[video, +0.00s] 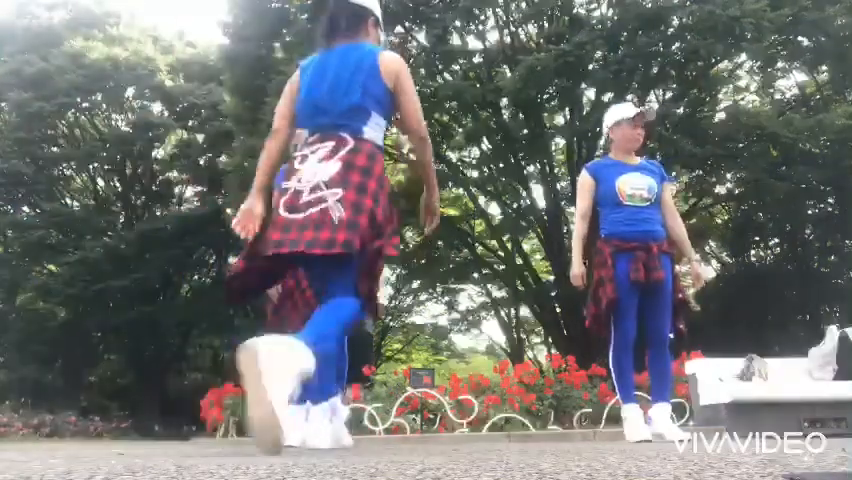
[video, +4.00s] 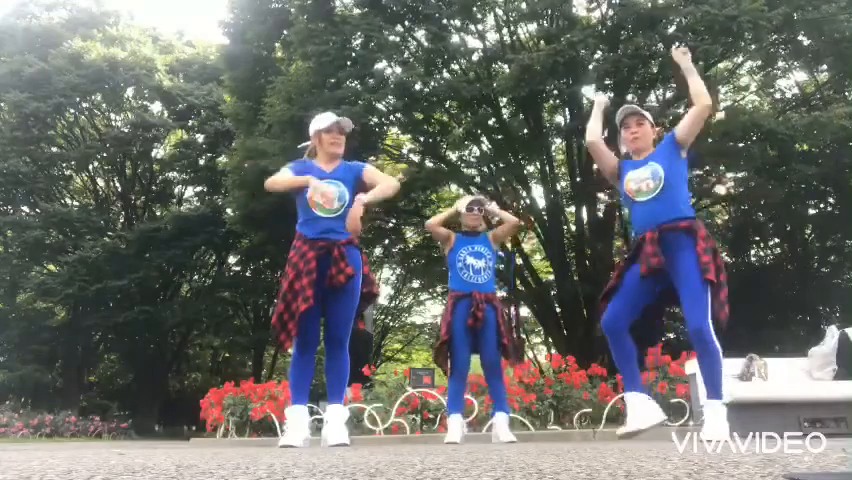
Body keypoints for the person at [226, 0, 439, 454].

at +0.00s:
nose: (381, 37)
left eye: (379, 30)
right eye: (379, 29)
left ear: (327, 30)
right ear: (368, 26)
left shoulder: (302, 71)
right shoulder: (388, 62)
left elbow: (279, 133)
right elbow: (417, 134)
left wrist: (256, 194)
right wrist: (430, 191)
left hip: (298, 189)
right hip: (352, 186)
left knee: (328, 302)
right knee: (351, 298)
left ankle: (325, 419)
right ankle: (289, 356)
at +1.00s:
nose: (484, 170)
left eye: (489, 164)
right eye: (477, 164)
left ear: (496, 170)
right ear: (466, 170)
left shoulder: (502, 207)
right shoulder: (457, 198)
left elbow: (505, 249)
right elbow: (426, 227)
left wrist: (505, 283)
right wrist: (443, 265)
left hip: (495, 281)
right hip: (465, 281)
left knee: (503, 344)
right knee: (468, 348)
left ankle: (493, 419)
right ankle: (448, 412)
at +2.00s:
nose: (481, 209)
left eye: (485, 205)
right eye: (476, 205)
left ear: (493, 210)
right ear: (469, 210)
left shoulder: (499, 242)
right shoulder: (456, 234)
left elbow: (506, 277)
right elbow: (437, 262)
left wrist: (511, 309)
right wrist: (437, 296)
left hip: (490, 305)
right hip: (460, 304)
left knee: (486, 364)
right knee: (462, 362)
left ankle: (485, 420)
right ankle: (457, 419)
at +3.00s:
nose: (476, 210)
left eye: (480, 205)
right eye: (470, 206)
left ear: (486, 210)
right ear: (462, 211)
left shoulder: (498, 241)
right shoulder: (454, 240)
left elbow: (510, 272)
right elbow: (440, 269)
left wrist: (519, 299)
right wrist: (440, 293)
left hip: (494, 304)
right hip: (465, 303)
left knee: (495, 362)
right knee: (465, 361)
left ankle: (500, 421)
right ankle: (457, 420)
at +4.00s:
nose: (475, 214)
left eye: (479, 211)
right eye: (470, 211)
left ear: (484, 217)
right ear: (460, 216)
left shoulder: (491, 238)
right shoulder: (452, 238)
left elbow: (515, 222)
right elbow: (431, 225)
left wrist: (493, 210)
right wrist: (454, 210)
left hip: (488, 303)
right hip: (461, 302)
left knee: (491, 362)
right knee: (460, 363)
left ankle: (501, 420)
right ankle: (455, 421)